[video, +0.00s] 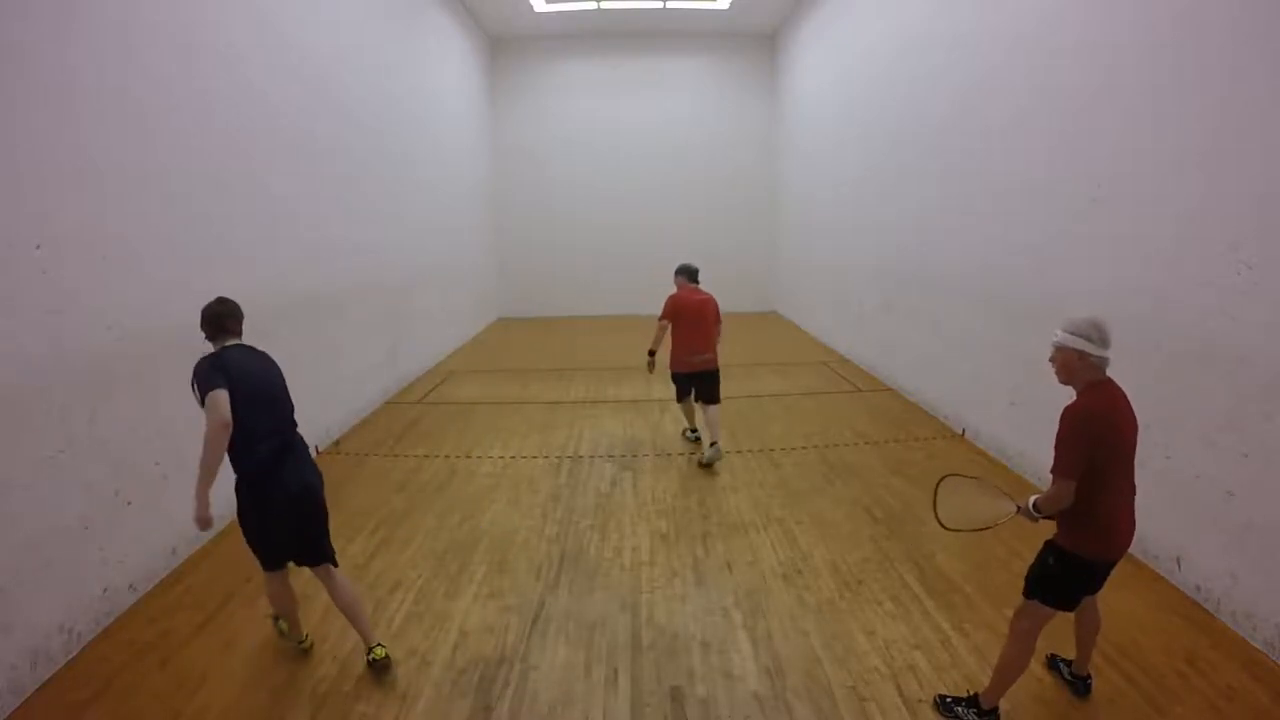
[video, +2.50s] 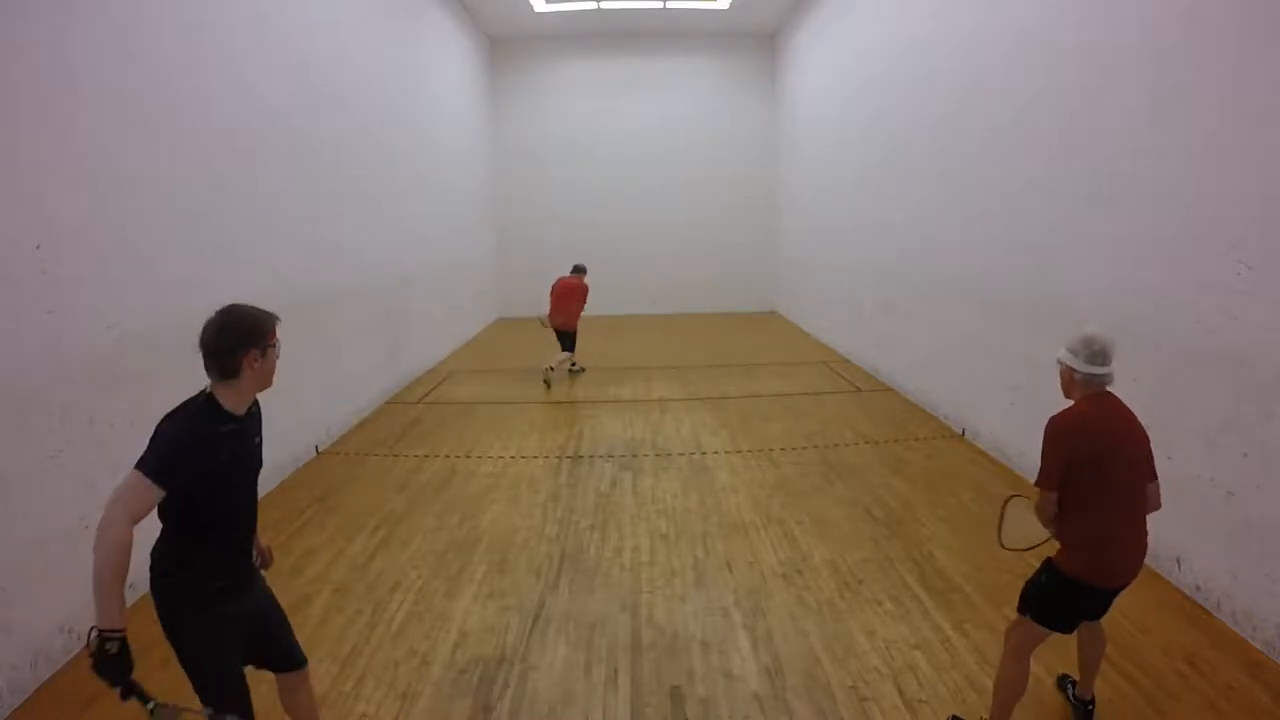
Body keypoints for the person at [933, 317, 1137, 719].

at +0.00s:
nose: (1052, 361)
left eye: (1059, 354)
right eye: (1054, 353)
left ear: (1084, 360)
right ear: (1090, 360)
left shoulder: (1079, 415)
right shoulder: (1115, 400)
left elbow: (1062, 494)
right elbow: (1104, 474)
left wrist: (1036, 507)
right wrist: (1055, 503)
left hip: (1081, 541)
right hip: (1112, 536)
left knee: (1026, 621)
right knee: (1087, 598)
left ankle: (985, 704)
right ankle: (1081, 672)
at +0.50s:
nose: (1086, 371)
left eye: (1090, 362)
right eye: (1086, 362)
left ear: (1114, 362)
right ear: (1123, 363)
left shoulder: (1115, 414)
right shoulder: (1145, 403)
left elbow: (1086, 489)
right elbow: (1128, 477)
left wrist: (1038, 478)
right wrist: (1081, 498)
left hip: (1103, 538)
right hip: (1130, 535)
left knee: (1048, 621)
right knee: (1084, 600)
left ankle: (995, 704)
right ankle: (1076, 672)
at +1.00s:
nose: (1089, 366)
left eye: (1096, 360)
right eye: (1092, 358)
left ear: (1118, 368)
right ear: (1130, 370)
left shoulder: (1109, 419)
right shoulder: (1152, 411)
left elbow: (1085, 504)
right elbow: (1135, 488)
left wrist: (1066, 507)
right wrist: (1085, 506)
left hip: (1106, 557)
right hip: (1143, 556)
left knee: (1040, 636)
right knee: (1095, 619)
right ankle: (1083, 696)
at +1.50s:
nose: (1062, 375)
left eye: (1068, 368)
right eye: (1064, 367)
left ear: (1084, 374)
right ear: (1105, 374)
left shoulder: (1078, 426)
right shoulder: (1129, 417)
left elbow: (1055, 511)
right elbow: (1117, 494)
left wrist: (1043, 524)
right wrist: (1062, 522)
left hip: (1088, 565)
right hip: (1129, 563)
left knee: (1024, 643)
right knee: (1091, 623)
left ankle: (999, 715)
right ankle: (1082, 697)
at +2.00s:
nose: (1059, 374)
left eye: (1063, 368)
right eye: (1061, 367)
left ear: (1076, 375)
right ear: (1102, 375)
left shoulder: (1071, 428)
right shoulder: (1128, 419)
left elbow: (1054, 515)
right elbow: (1116, 493)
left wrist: (1043, 527)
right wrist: (1059, 522)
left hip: (1087, 565)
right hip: (1129, 561)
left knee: (1021, 641)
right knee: (1090, 621)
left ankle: (998, 715)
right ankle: (1082, 697)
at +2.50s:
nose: (1061, 376)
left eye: (1062, 369)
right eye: (1062, 368)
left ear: (1069, 374)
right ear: (1105, 375)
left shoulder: (1064, 425)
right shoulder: (1128, 420)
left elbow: (1046, 508)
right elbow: (1152, 500)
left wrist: (1058, 526)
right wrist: (1102, 511)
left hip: (1081, 562)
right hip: (1128, 559)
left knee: (1020, 639)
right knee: (1089, 619)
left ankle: (998, 714)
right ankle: (1085, 695)